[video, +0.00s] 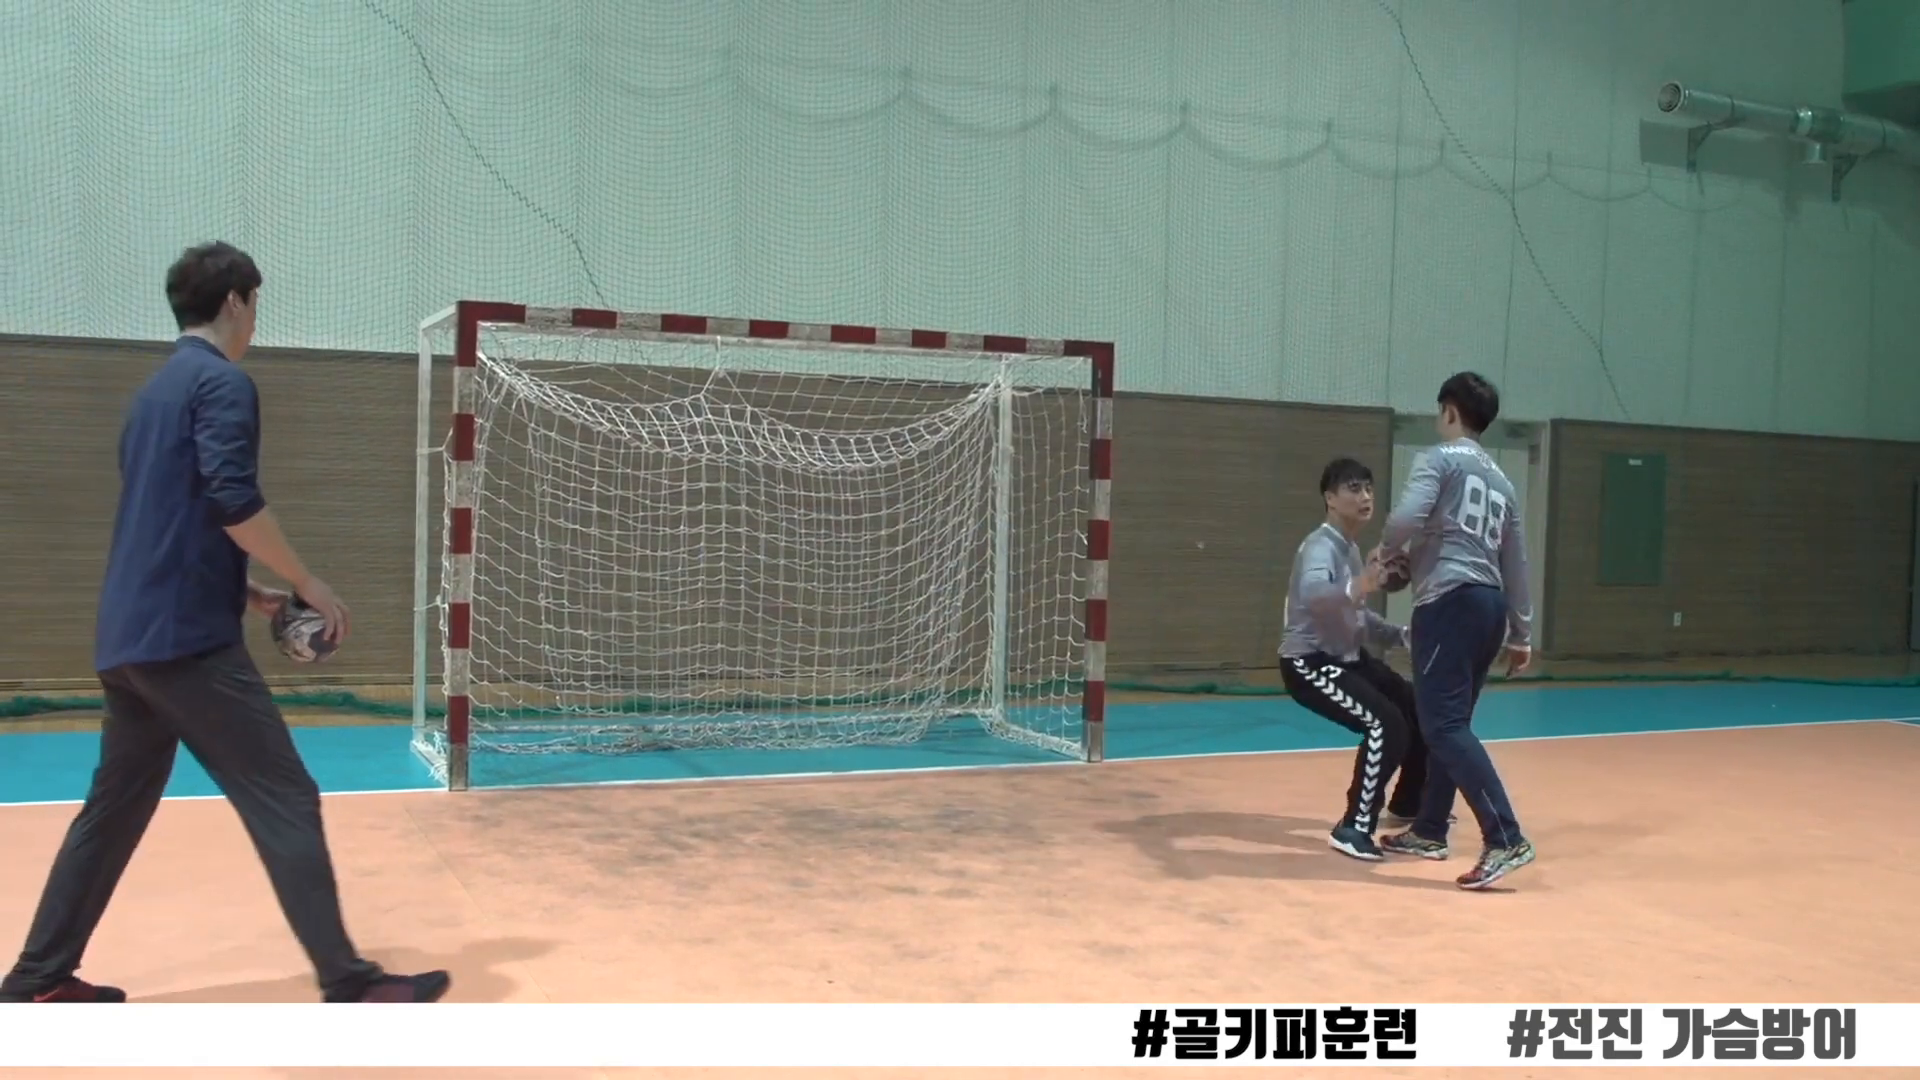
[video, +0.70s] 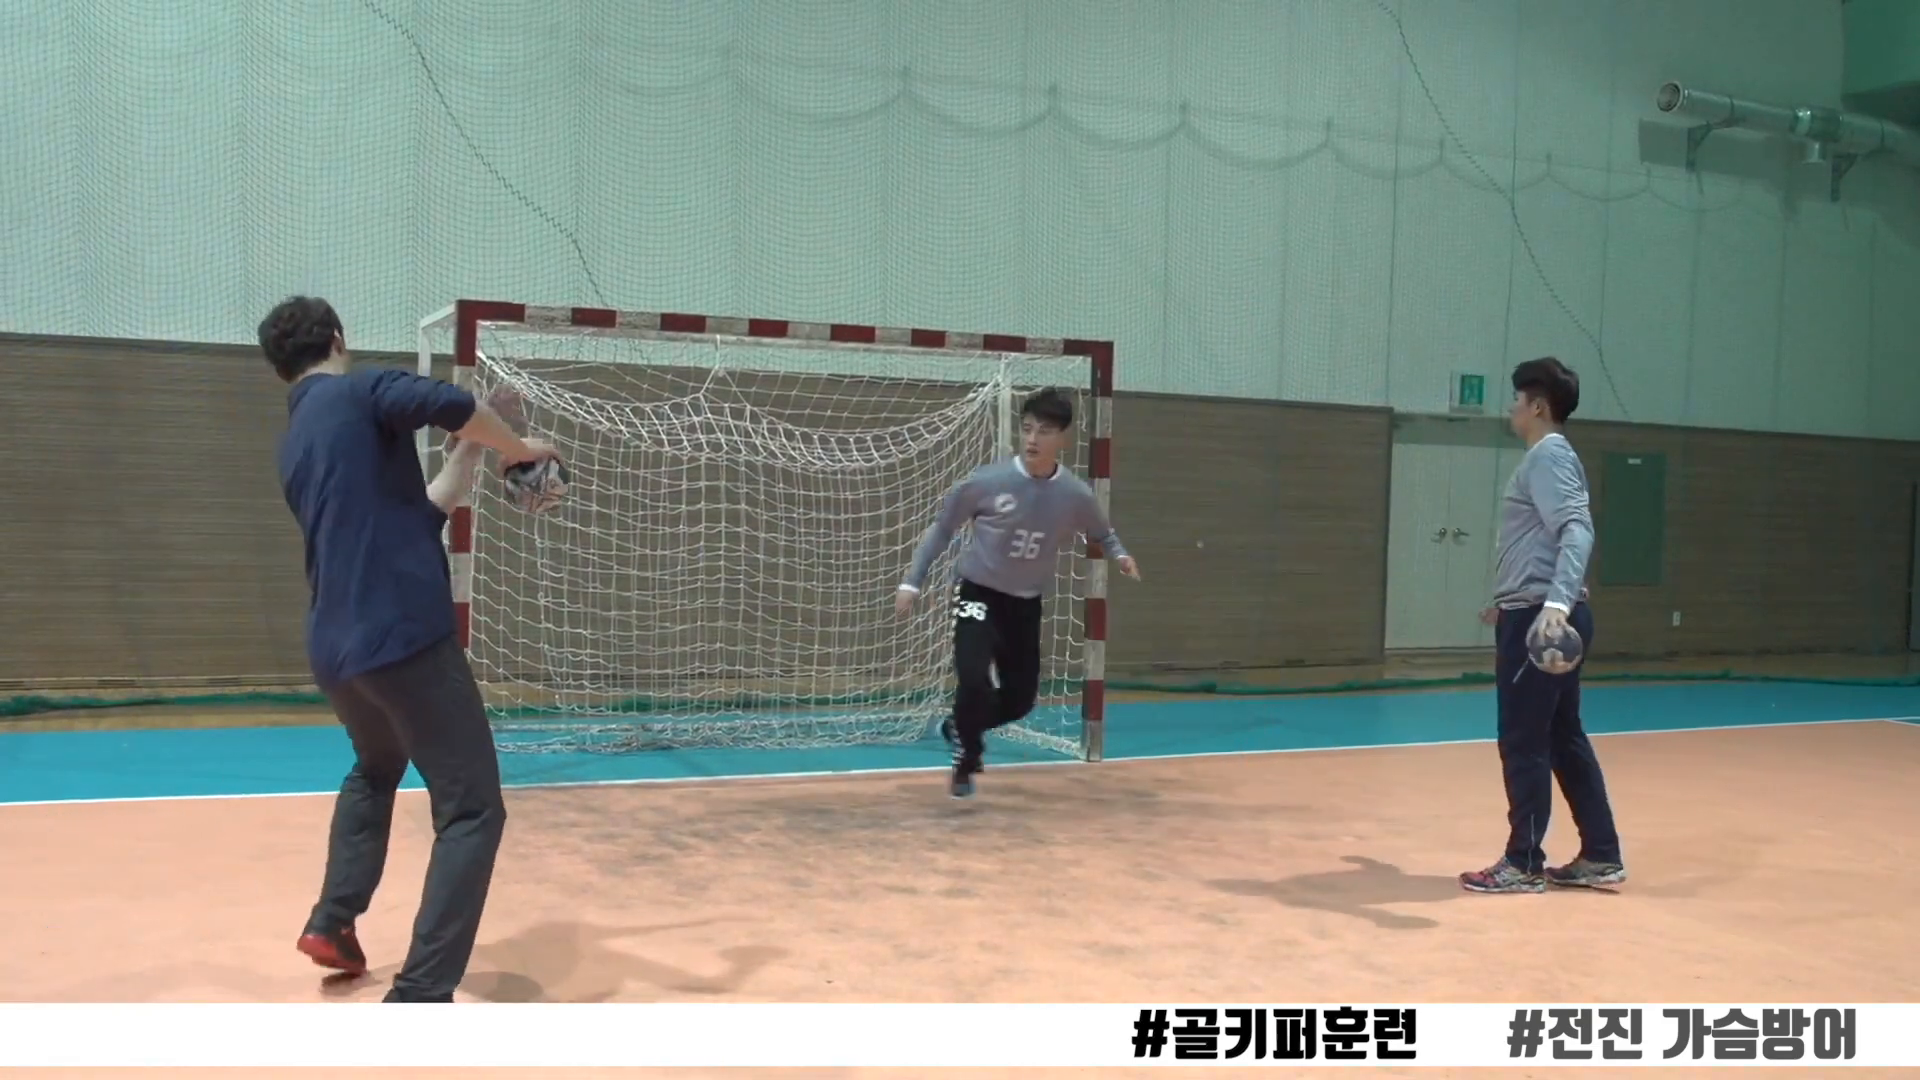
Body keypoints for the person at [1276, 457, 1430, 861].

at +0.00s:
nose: (1365, 496)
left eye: (1368, 489)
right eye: (1353, 489)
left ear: (1374, 496)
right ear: (1329, 499)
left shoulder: (1349, 550)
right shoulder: (1321, 545)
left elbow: (1356, 620)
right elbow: (1313, 596)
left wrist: (1407, 635)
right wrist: (1358, 587)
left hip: (1345, 659)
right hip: (1308, 662)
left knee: (1418, 707)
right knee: (1385, 721)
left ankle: (1408, 803)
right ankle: (1355, 828)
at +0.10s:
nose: (1338, 472)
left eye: (1345, 465)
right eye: (1327, 464)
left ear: (1351, 473)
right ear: (1307, 472)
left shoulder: (1329, 524)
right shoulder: (1297, 520)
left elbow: (1333, 583)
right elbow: (1258, 578)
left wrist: (1378, 585)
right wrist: (1285, 627)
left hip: (1320, 639)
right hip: (1282, 644)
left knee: (1376, 711)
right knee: (1349, 714)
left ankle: (1409, 796)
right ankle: (1351, 829)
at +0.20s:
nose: (1299, 442)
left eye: (1308, 434)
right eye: (1290, 434)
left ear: (1319, 443)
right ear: (1274, 441)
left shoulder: (1303, 499)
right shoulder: (1254, 489)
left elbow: (1311, 551)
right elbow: (1215, 546)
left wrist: (1351, 561)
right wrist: (1221, 609)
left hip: (1277, 609)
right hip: (1242, 608)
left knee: (1328, 691)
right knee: (1282, 704)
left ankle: (1332, 803)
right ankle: (1319, 811)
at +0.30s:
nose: (1250, 437)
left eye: (1261, 429)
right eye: (1242, 429)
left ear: (1275, 438)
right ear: (1230, 435)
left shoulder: (1269, 494)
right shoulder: (1211, 483)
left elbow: (1277, 550)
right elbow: (1184, 543)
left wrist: (1305, 582)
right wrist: (1182, 596)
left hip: (1240, 603)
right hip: (1201, 601)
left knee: (1279, 690)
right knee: (1237, 696)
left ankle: (1244, 787)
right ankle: (1207, 799)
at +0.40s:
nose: (1195, 442)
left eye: (1205, 434)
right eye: (1188, 434)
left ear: (1222, 440)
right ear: (1178, 439)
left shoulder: (1222, 497)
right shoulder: (1162, 489)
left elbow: (1224, 551)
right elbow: (1124, 542)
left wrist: (1249, 582)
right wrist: (1147, 568)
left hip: (1205, 614)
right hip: (1161, 612)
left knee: (1245, 704)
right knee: (1166, 713)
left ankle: (1230, 803)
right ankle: (1086, 779)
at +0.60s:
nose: (1092, 429)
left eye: (1103, 422)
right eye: (1086, 419)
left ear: (1121, 429)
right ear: (1076, 423)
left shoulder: (1124, 485)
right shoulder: (1051, 471)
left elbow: (1138, 530)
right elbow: (992, 511)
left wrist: (1162, 554)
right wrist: (989, 570)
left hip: (1084, 594)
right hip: (1035, 590)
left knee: (1111, 685)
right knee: (1040, 691)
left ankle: (1074, 761)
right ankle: (1042, 784)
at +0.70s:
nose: (1032, 439)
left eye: (1044, 431)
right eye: (1027, 429)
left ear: (1064, 439)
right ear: (1020, 432)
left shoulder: (1076, 496)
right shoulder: (986, 482)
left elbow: (1104, 534)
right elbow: (942, 528)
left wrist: (1121, 554)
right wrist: (912, 582)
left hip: (1024, 603)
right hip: (976, 595)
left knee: (1020, 699)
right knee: (973, 682)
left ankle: (960, 726)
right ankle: (966, 762)